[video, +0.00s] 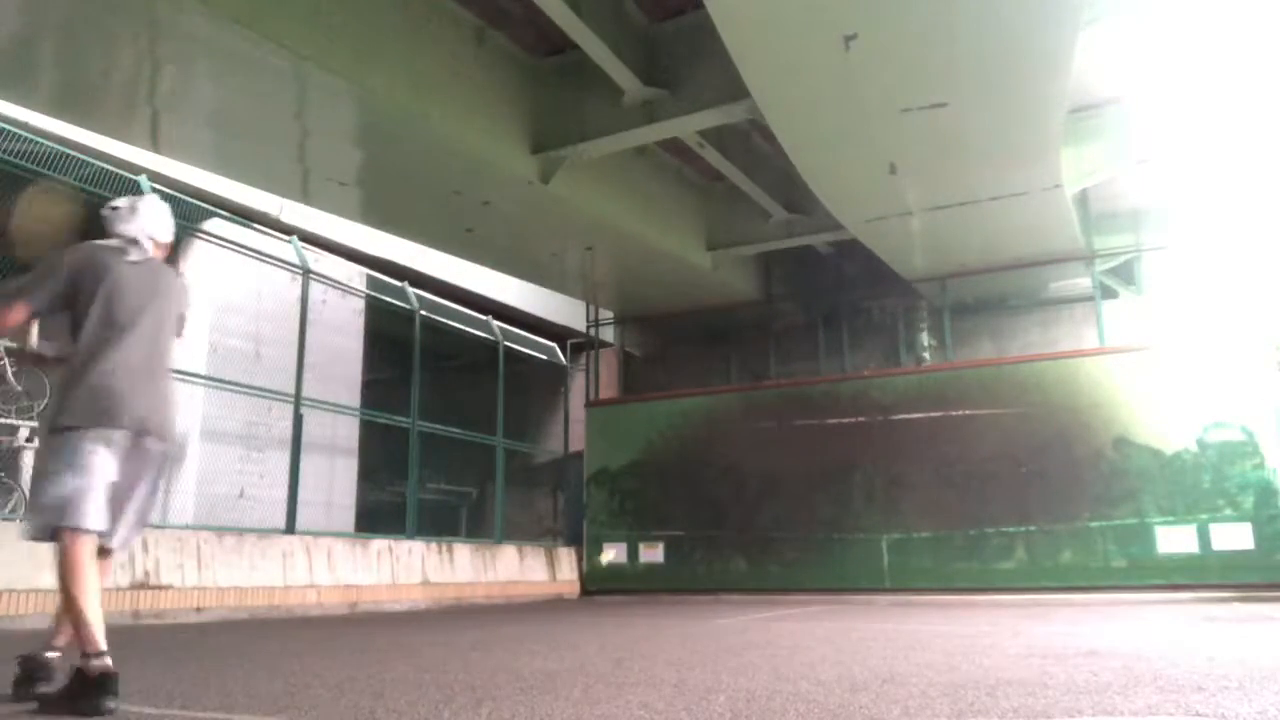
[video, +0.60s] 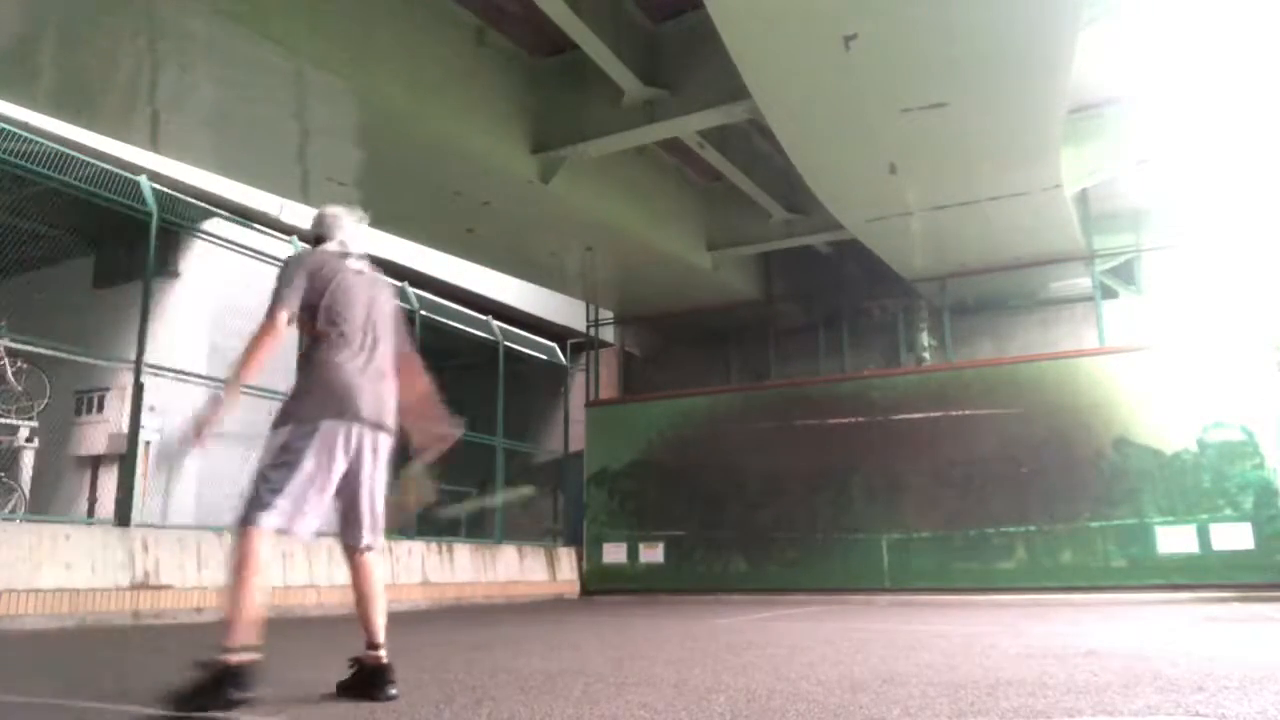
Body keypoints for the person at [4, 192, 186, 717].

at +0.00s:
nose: (167, 252)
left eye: (167, 246)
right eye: (167, 245)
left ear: (111, 228)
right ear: (158, 242)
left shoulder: (83, 257)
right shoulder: (173, 283)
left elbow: (11, 316)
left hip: (92, 410)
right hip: (156, 420)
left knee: (77, 537)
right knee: (102, 547)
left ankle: (99, 665)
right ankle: (51, 657)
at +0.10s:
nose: (132, 226)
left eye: (137, 220)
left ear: (142, 223)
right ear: (185, 232)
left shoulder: (131, 251)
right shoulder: (193, 277)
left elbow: (42, 289)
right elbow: (115, 334)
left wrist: (40, 265)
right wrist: (54, 306)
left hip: (140, 407)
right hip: (196, 414)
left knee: (99, 532)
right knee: (135, 539)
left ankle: (98, 665)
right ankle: (106, 651)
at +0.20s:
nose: (156, 225)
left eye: (162, 220)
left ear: (173, 225)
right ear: (213, 235)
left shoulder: (171, 247)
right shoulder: (213, 279)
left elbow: (97, 262)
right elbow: (121, 329)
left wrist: (87, 231)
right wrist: (68, 276)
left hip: (181, 411)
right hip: (236, 417)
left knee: (116, 536)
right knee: (179, 521)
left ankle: (102, 675)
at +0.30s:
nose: (190, 253)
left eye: (194, 245)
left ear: (207, 238)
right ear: (237, 248)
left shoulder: (217, 247)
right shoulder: (227, 298)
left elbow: (197, 279)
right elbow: (146, 335)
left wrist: (147, 236)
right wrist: (107, 285)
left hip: (220, 415)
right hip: (267, 421)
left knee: (138, 536)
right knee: (235, 534)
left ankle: (103, 672)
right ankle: (315, 627)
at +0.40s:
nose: (230, 299)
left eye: (232, 292)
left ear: (241, 272)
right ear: (280, 273)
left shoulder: (250, 284)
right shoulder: (299, 317)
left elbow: (268, 326)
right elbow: (242, 396)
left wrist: (224, 334)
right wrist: (169, 364)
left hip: (258, 430)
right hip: (312, 435)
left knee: (182, 546)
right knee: (309, 551)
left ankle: (117, 670)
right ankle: (366, 656)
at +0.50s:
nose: (273, 252)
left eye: (276, 245)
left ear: (283, 249)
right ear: (323, 254)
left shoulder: (282, 273)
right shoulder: (349, 295)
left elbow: (276, 347)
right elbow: (342, 367)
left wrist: (234, 426)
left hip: (302, 424)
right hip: (355, 431)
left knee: (220, 536)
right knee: (339, 552)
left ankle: (154, 662)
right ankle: (373, 663)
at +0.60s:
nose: (309, 238)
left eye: (311, 232)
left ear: (316, 236)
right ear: (360, 239)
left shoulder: (308, 263)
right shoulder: (385, 289)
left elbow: (275, 326)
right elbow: (407, 363)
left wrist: (223, 400)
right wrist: (431, 423)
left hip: (322, 414)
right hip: (379, 423)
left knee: (256, 525)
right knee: (364, 544)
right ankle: (377, 664)